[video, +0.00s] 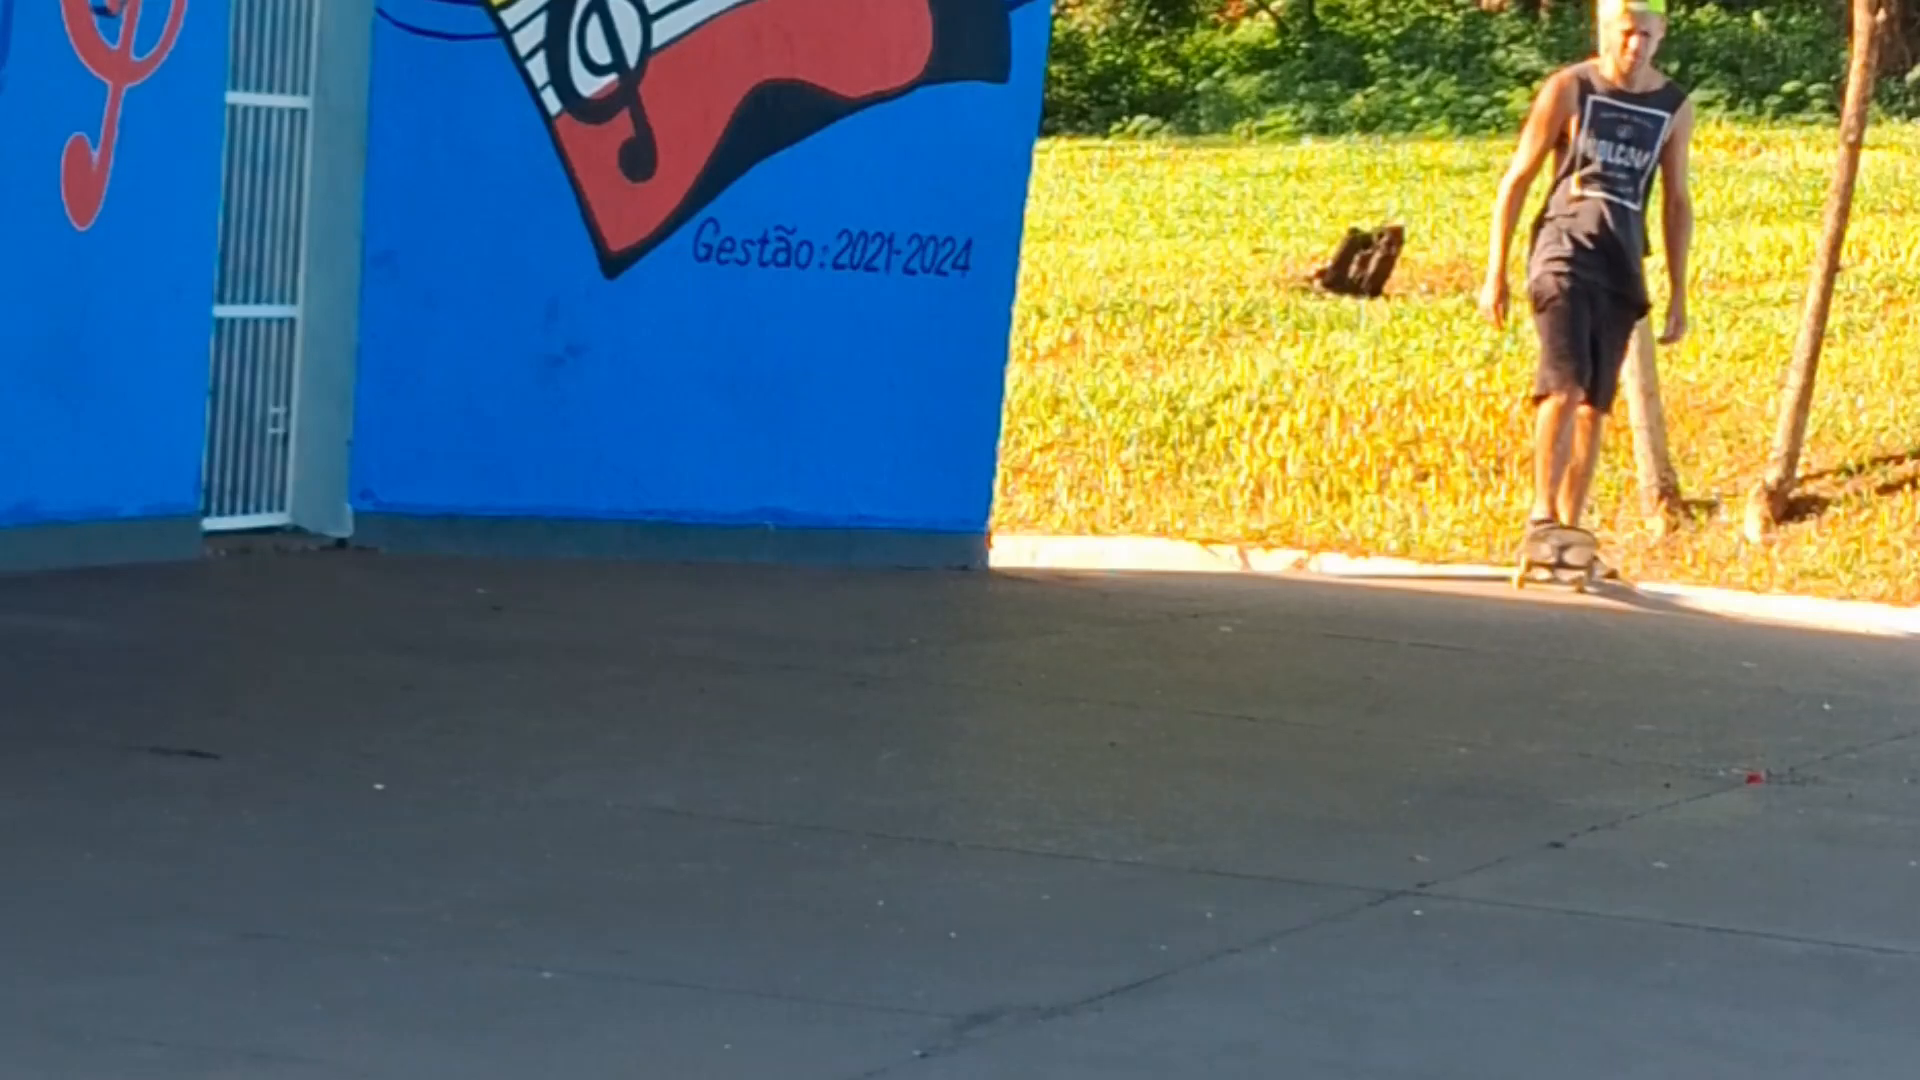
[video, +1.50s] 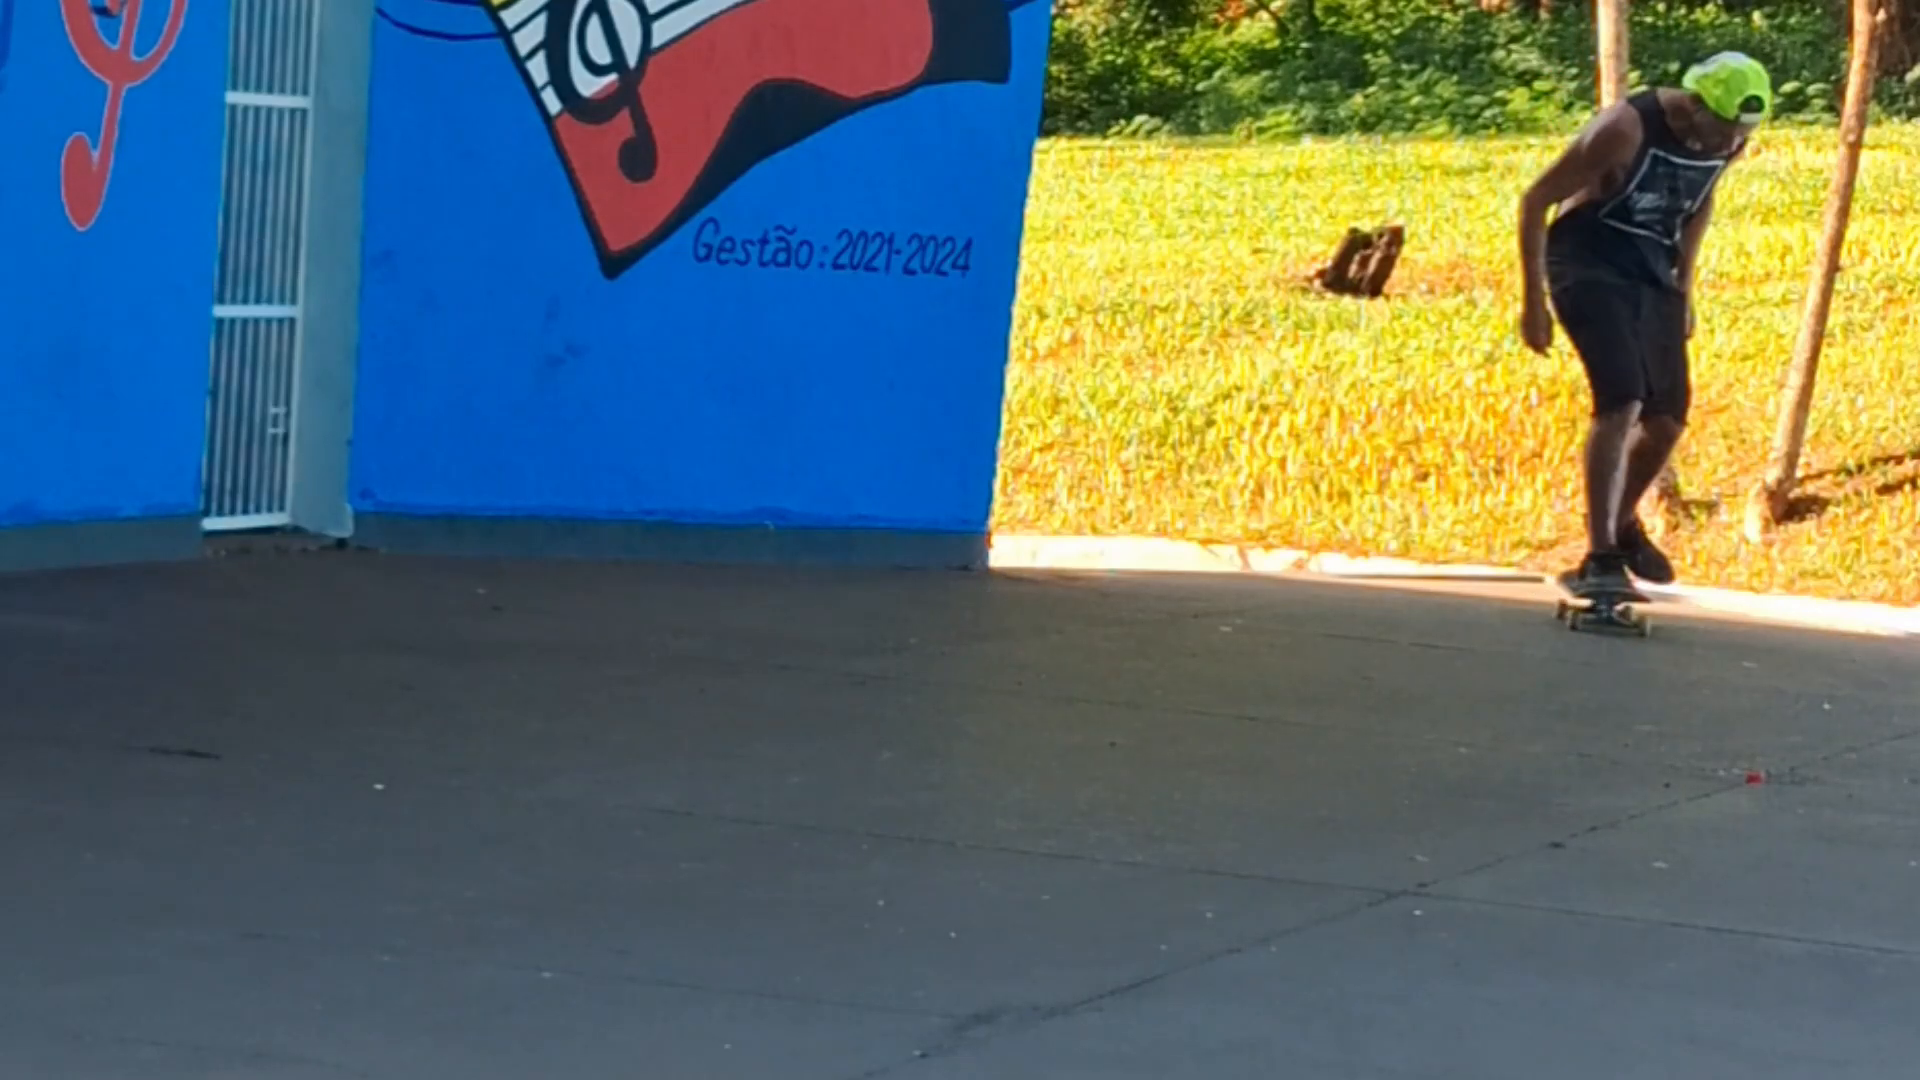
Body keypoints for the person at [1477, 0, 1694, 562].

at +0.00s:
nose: (1633, 43)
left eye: (1644, 33)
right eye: (1624, 30)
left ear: (1659, 37)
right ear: (1603, 29)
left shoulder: (1673, 105)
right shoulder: (1567, 88)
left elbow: (1676, 201)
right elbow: (1517, 180)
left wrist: (1677, 290)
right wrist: (1496, 271)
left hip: (1623, 263)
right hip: (1564, 251)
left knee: (1594, 405)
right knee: (1563, 391)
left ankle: (1573, 527)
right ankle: (1543, 519)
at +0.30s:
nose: (1636, 66)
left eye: (1647, 54)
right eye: (1626, 53)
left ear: (1663, 53)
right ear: (1605, 45)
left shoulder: (1679, 117)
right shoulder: (1569, 99)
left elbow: (1683, 213)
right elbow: (1513, 182)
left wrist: (1671, 303)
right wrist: (1489, 267)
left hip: (1623, 272)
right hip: (1561, 259)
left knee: (1594, 412)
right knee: (1551, 399)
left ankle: (1571, 533)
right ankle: (1541, 535)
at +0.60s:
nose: (1625, 79)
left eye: (1636, 67)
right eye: (1615, 66)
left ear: (1650, 59)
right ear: (1590, 52)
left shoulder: (1666, 110)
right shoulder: (1551, 103)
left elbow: (1686, 198)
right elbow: (1501, 190)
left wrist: (1686, 286)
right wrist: (1489, 283)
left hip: (1627, 287)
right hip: (1556, 281)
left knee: (1619, 420)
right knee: (1543, 417)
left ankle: (1580, 505)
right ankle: (1540, 546)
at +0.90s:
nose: (1649, 108)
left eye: (1659, 97)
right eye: (1638, 96)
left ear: (1674, 88)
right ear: (1610, 81)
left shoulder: (1681, 130)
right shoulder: (1569, 124)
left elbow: (1688, 208)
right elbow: (1502, 216)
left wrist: (1677, 289)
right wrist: (1498, 311)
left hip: (1640, 289)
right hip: (1567, 287)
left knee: (1632, 423)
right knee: (1553, 427)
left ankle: (1638, 557)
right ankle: (1545, 549)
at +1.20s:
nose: (1699, 131)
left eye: (1710, 121)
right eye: (1689, 118)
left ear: (1721, 114)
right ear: (1662, 102)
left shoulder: (1720, 145)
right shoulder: (1607, 131)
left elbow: (1720, 209)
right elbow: (1529, 206)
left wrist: (1702, 295)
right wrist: (1524, 304)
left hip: (1658, 276)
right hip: (1591, 263)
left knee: (1650, 430)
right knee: (1607, 394)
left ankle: (1639, 572)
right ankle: (1568, 484)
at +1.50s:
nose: (1735, 145)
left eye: (1743, 135)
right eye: (1728, 132)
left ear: (1749, 123)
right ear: (1698, 108)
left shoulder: (1727, 139)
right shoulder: (1623, 129)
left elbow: (1697, 212)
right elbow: (1534, 200)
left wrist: (1682, 292)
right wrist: (1534, 301)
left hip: (1656, 279)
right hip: (1591, 269)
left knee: (1666, 417)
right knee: (1621, 400)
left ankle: (1620, 521)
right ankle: (1601, 557)